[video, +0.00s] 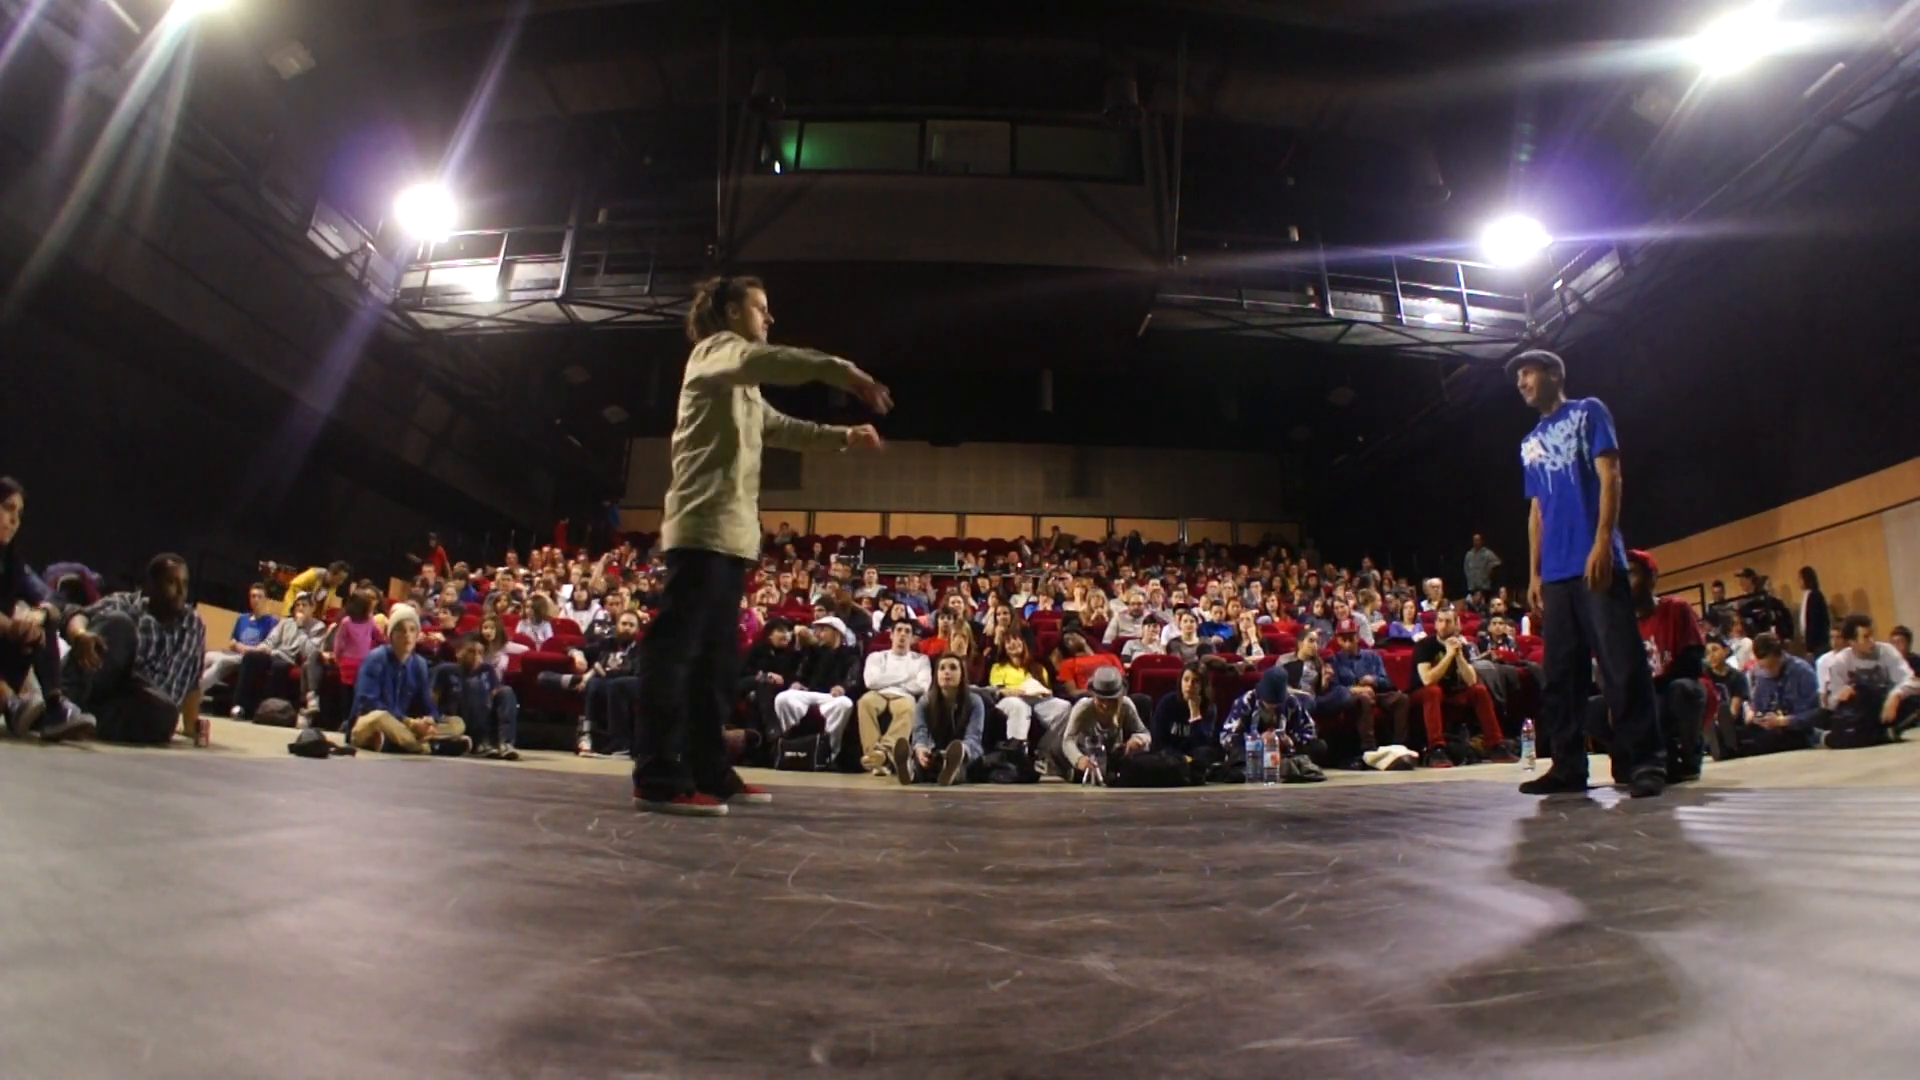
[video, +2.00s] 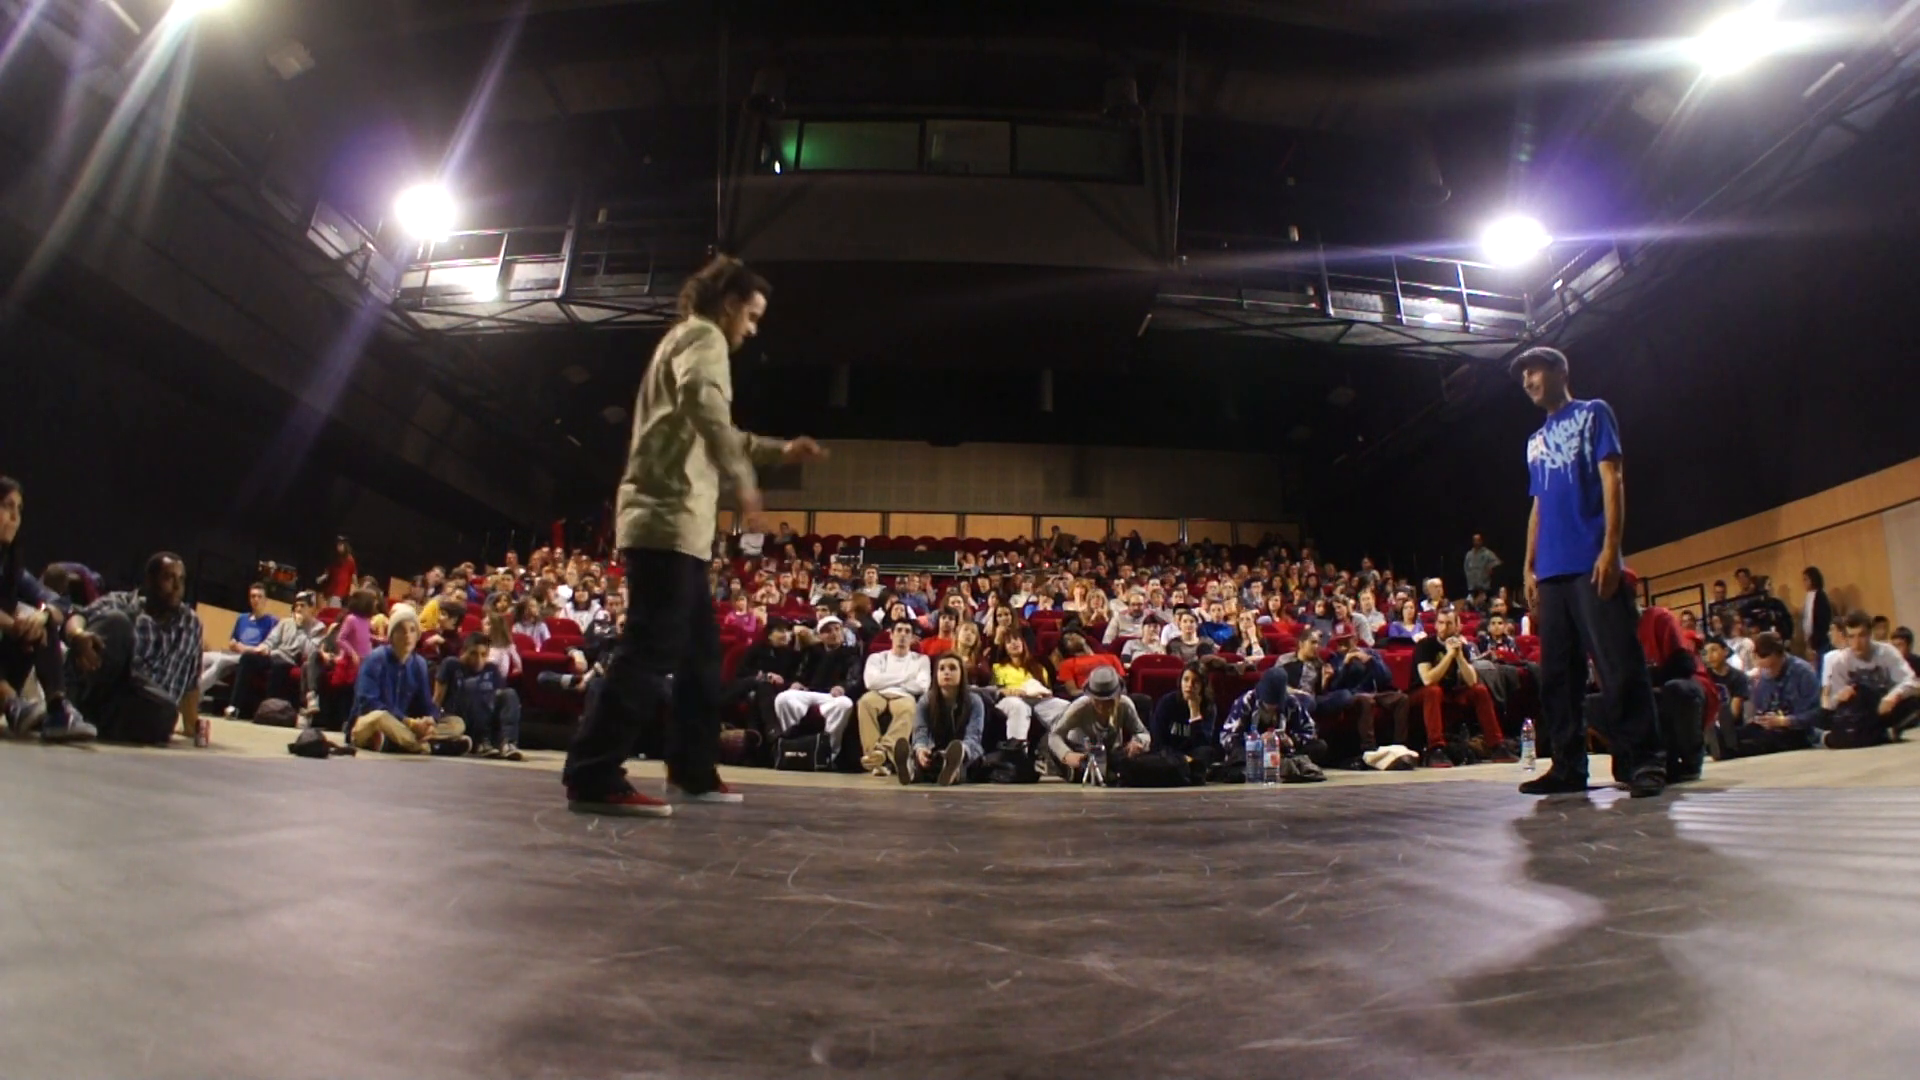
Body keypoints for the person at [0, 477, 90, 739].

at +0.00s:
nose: (14, 519)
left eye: (18, 512)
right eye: (8, 509)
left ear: (21, 517)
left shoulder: (11, 560)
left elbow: (54, 605)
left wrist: (40, 613)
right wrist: (11, 624)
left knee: (43, 623)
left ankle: (55, 707)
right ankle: (11, 704)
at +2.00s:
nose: (14, 516)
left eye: (18, 509)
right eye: (7, 506)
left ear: (20, 515)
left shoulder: (11, 568)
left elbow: (59, 607)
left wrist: (44, 614)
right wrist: (15, 625)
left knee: (43, 625)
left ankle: (58, 709)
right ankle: (11, 705)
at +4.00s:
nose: (18, 517)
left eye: (20, 509)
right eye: (11, 507)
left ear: (21, 513)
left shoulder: (12, 565)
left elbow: (55, 607)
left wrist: (42, 614)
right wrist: (12, 624)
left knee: (45, 625)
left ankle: (58, 709)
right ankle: (11, 705)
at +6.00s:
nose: (14, 516)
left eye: (18, 508)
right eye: (7, 506)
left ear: (20, 515)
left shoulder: (11, 563)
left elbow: (56, 608)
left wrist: (42, 613)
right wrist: (11, 624)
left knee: (44, 625)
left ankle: (58, 708)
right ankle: (11, 704)